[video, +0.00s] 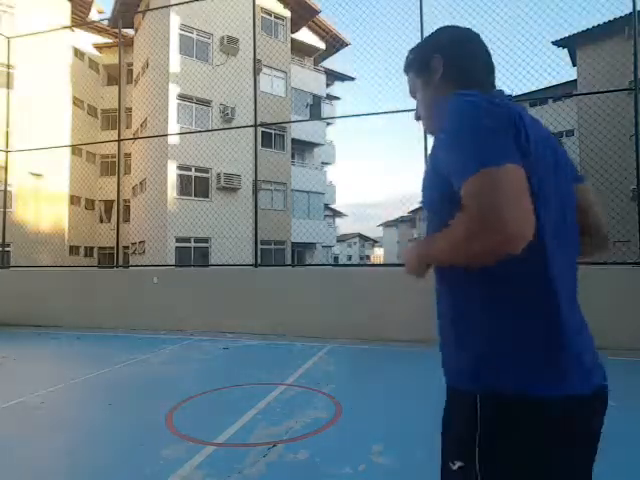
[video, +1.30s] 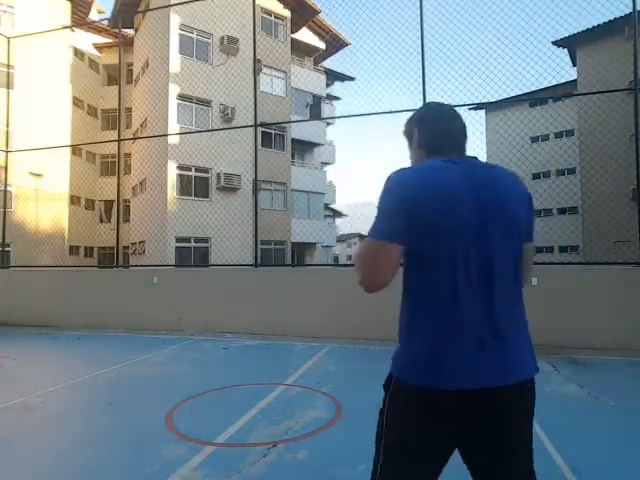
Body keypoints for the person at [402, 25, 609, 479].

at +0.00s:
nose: (418, 114)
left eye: (415, 94)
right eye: (413, 98)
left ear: (437, 70)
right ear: (484, 73)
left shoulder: (470, 113)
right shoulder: (537, 132)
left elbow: (503, 224)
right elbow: (591, 234)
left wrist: (427, 250)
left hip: (506, 388)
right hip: (567, 386)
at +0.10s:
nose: (424, 132)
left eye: (422, 117)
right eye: (420, 120)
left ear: (442, 100)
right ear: (488, 102)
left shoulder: (471, 143)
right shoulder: (538, 157)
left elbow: (477, 269)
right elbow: (592, 268)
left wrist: (421, 281)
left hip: (502, 418)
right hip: (566, 415)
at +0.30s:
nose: (427, 149)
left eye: (424, 136)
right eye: (422, 140)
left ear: (438, 116)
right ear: (482, 115)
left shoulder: (458, 155)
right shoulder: (543, 170)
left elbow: (460, 267)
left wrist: (414, 268)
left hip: (468, 397)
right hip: (549, 399)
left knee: (411, 472)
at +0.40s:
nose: (415, 139)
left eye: (413, 128)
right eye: (411, 131)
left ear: (425, 110)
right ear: (473, 110)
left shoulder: (438, 142)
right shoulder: (534, 161)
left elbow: (433, 249)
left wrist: (405, 240)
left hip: (452, 383)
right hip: (536, 386)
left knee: (414, 471)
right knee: (536, 472)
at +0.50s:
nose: (405, 145)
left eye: (403, 135)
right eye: (403, 137)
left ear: (414, 124)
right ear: (459, 121)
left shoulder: (414, 162)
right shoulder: (516, 172)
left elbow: (391, 270)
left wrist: (371, 250)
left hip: (438, 396)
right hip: (520, 396)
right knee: (522, 472)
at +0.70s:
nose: (365, 160)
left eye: (364, 151)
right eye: (363, 152)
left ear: (372, 144)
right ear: (414, 141)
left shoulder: (374, 179)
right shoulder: (472, 182)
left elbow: (334, 282)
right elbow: (487, 281)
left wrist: (328, 250)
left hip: (396, 388)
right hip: (474, 385)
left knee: (370, 473)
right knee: (474, 473)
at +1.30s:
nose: (409, 155)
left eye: (408, 145)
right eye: (409, 145)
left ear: (418, 143)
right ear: (462, 143)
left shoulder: (407, 184)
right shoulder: (511, 183)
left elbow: (373, 276)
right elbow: (523, 274)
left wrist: (365, 247)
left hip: (427, 386)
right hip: (507, 385)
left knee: (398, 473)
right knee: (513, 474)